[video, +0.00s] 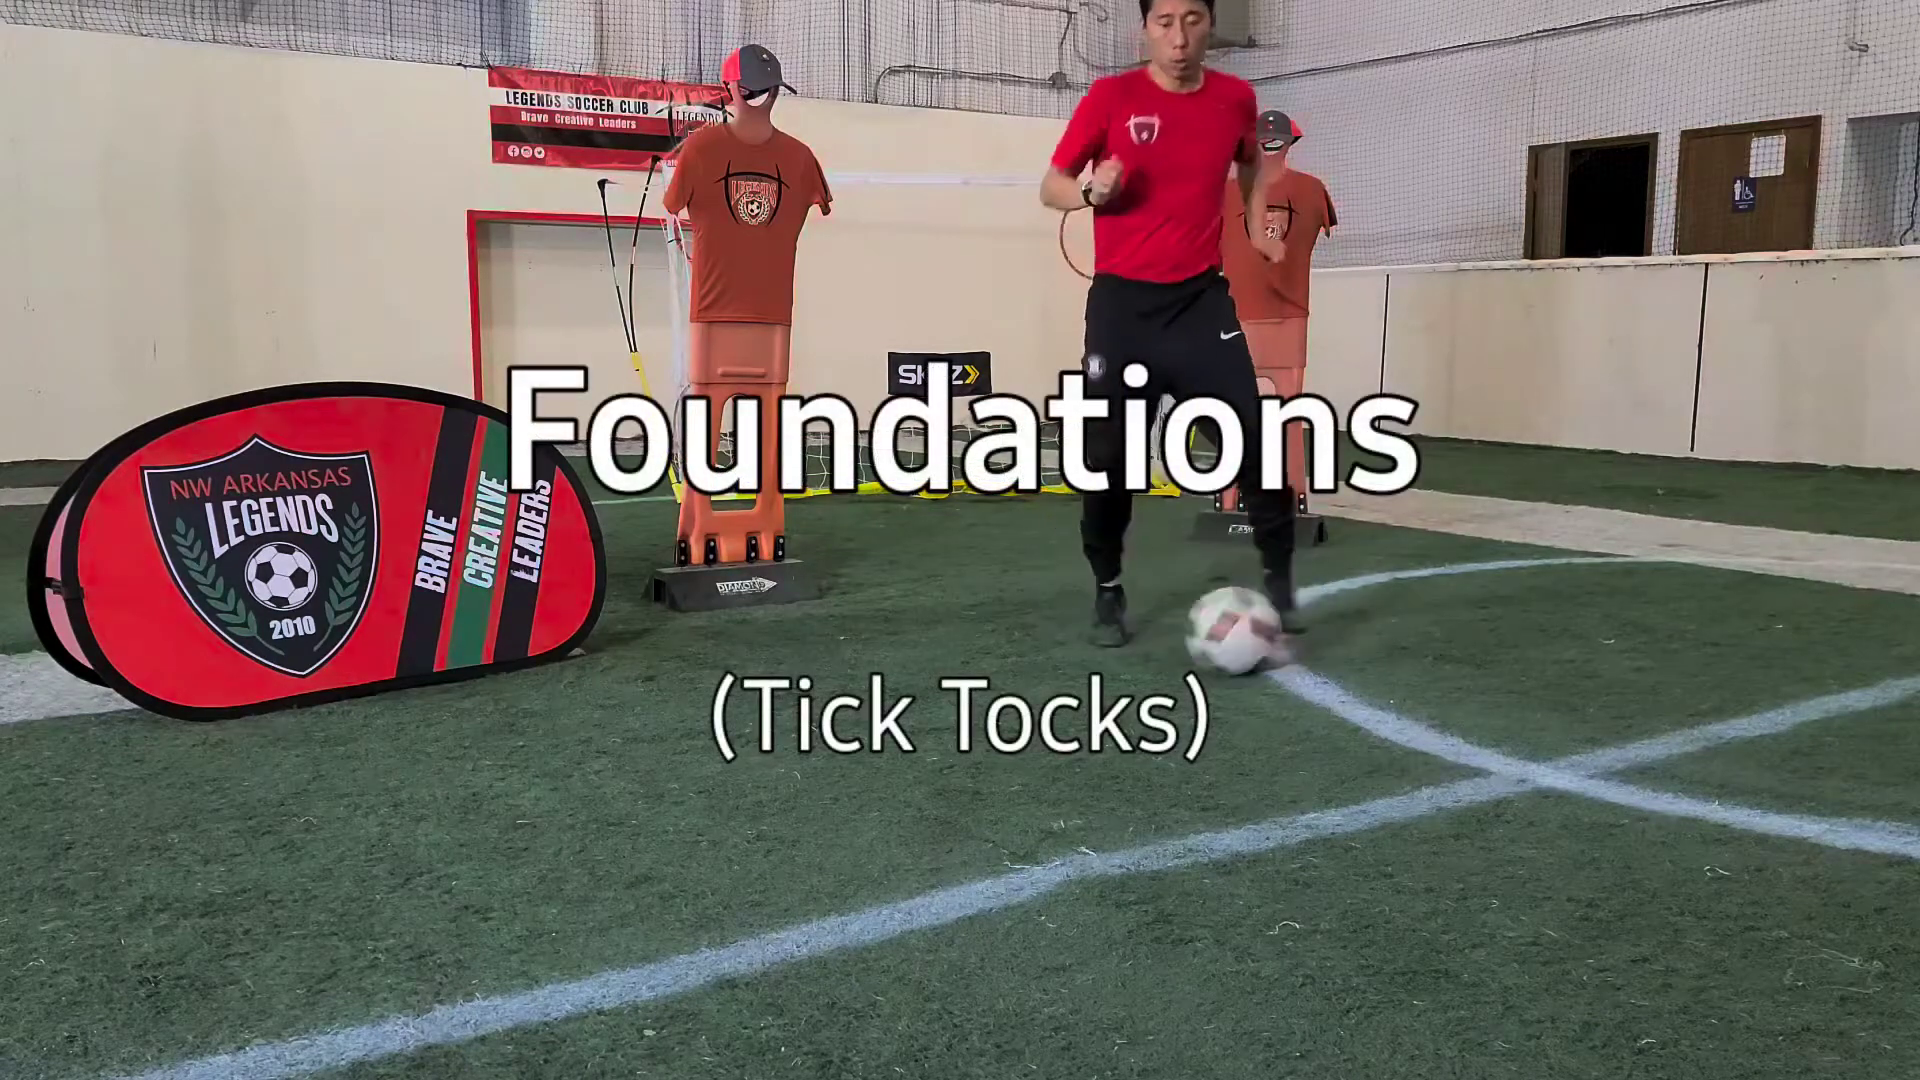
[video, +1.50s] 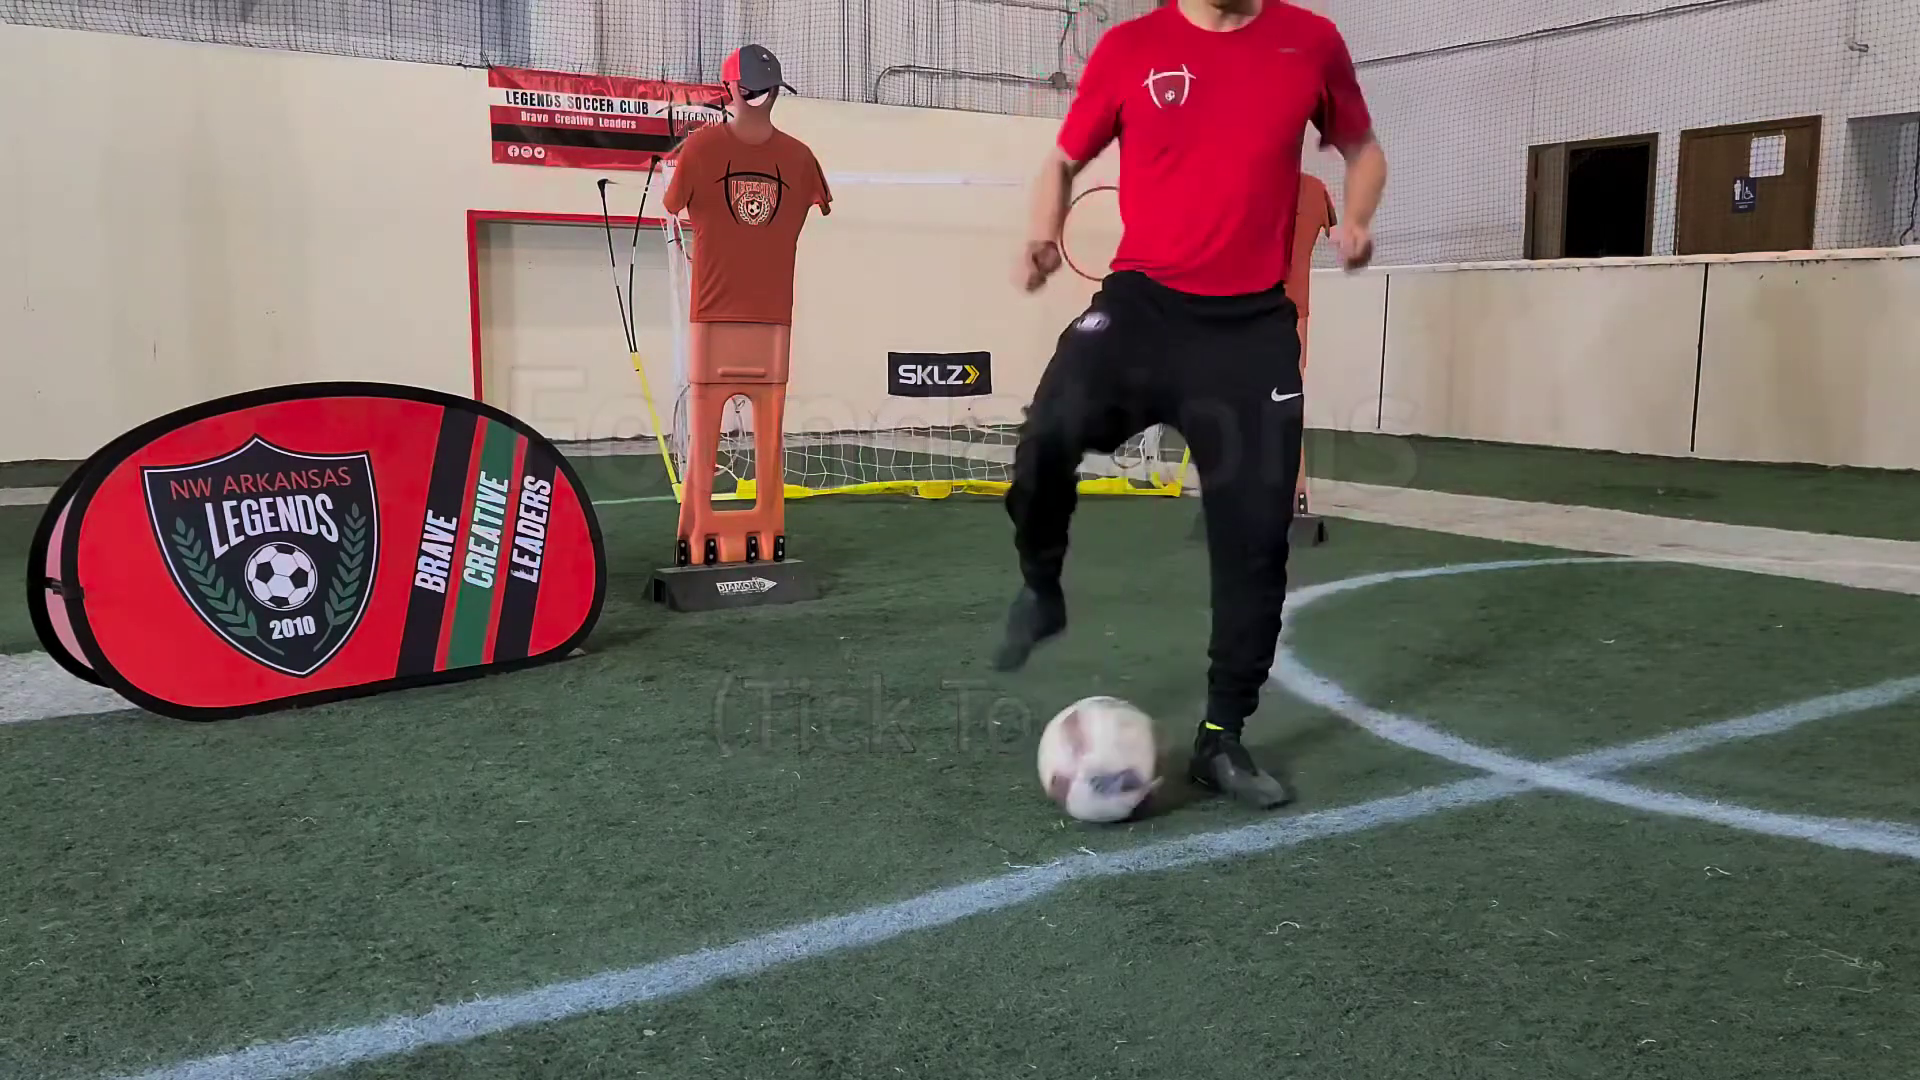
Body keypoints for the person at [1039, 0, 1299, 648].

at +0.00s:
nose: (1180, 36)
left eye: (1191, 22)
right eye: (1166, 23)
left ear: (1208, 27)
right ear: (1146, 29)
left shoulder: (1236, 98)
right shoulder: (1109, 98)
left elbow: (1248, 159)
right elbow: (1052, 187)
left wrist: (1257, 223)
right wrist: (1086, 187)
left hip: (1201, 299)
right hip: (1121, 302)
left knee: (1254, 442)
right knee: (1107, 456)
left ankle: (1281, 599)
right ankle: (1108, 591)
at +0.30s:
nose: (1180, 23)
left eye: (1194, 9)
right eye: (1167, 9)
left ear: (1214, 11)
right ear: (1147, 12)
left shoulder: (1255, 82)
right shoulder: (1111, 87)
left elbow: (1295, 180)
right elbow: (1080, 145)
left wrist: (1255, 189)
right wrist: (1076, 223)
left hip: (1221, 301)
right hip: (1136, 296)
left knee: (1225, 462)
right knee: (1092, 448)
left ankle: (1215, 608)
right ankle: (1061, 589)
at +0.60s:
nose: (1192, 13)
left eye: (1205, 1)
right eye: (1179, 2)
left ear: (1224, 5)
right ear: (1156, 6)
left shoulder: (1255, 73)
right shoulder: (1111, 73)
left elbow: (1271, 143)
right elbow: (1053, 185)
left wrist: (1270, 220)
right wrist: (1099, 175)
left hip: (1218, 298)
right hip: (1126, 305)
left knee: (1280, 445)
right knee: (1118, 475)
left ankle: (1309, 603)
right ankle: (1120, 626)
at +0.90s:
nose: (1193, 7)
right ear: (1157, 0)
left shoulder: (1278, 57)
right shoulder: (1113, 63)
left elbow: (1333, 168)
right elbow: (1083, 138)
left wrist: (1302, 186)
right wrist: (1066, 235)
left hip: (1238, 308)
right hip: (1136, 302)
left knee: (1257, 491)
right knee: (1086, 468)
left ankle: (1256, 658)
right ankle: (1077, 631)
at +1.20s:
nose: (1185, 7)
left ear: (1211, 1)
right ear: (1139, 0)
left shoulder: (1249, 63)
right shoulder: (1083, 69)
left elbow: (1283, 151)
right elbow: (1014, 190)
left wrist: (1286, 243)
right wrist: (1025, 189)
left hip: (1215, 326)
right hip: (1109, 329)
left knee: (1285, 489)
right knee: (1090, 510)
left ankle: (1285, 662)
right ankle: (1092, 677)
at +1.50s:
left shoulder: (1311, 39)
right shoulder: (1128, 45)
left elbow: (1361, 146)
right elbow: (1064, 159)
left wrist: (1357, 219)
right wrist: (1042, 234)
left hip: (1251, 325)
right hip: (1137, 309)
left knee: (1257, 540)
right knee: (1048, 436)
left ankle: (1223, 739)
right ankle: (1041, 595)